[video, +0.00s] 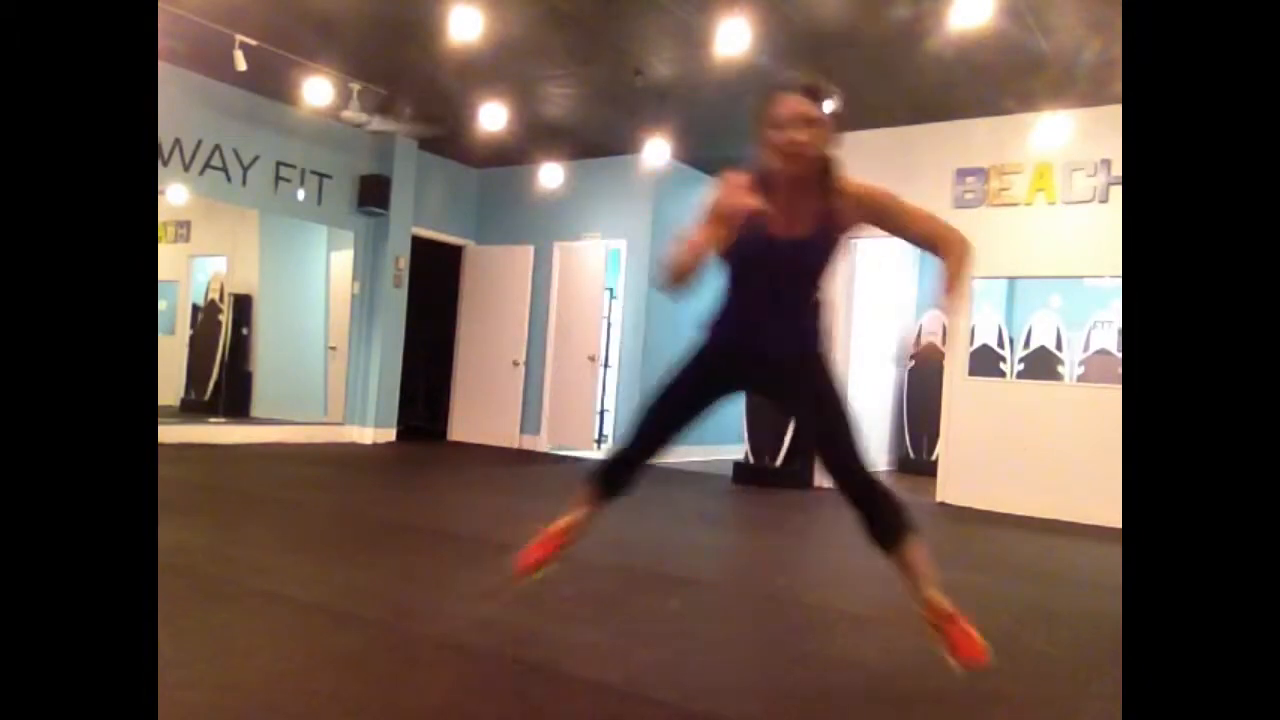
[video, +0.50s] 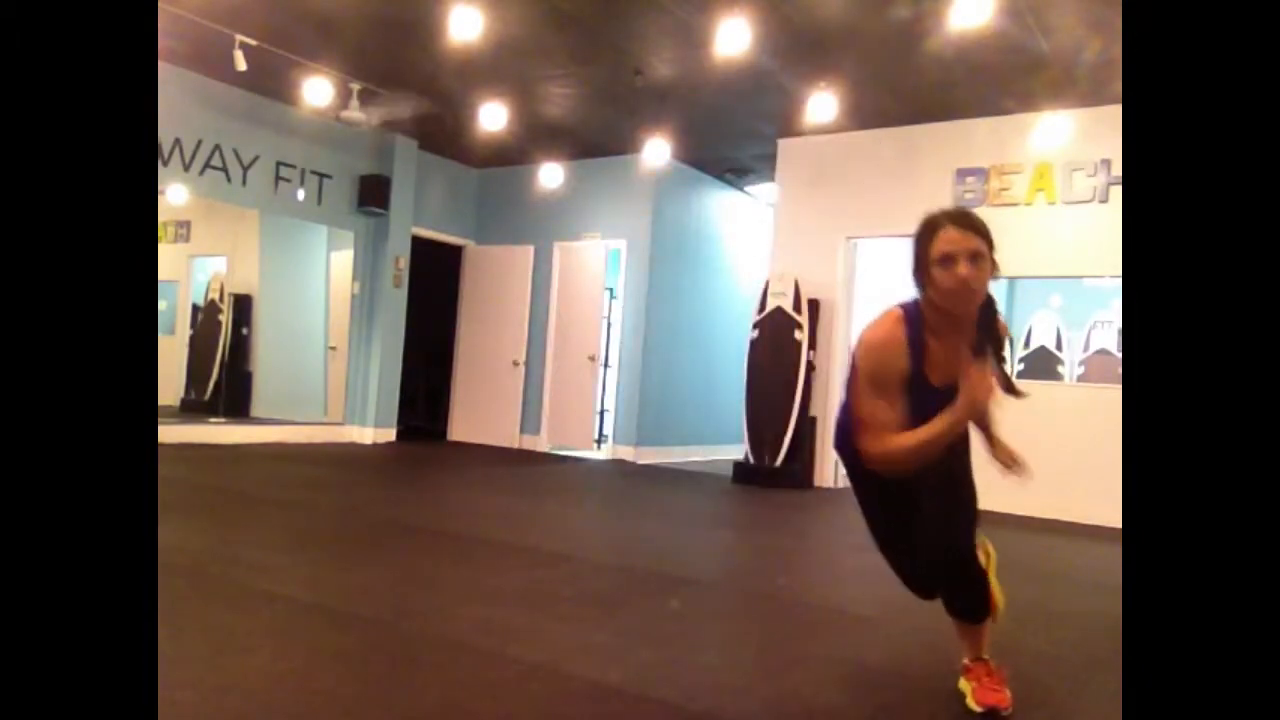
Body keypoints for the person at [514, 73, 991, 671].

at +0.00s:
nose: (795, 137)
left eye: (807, 125)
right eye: (782, 125)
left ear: (827, 137)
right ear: (762, 135)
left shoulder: (847, 201)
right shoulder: (738, 195)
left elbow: (953, 245)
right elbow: (673, 278)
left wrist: (944, 318)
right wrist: (712, 225)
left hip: (797, 362)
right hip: (727, 353)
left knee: (853, 477)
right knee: (641, 443)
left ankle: (934, 602)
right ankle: (569, 526)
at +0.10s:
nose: (865, 179)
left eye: (873, 166)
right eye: (851, 169)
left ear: (889, 174)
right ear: (827, 181)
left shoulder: (913, 241)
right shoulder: (802, 245)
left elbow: (980, 299)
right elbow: (763, 335)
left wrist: (1002, 388)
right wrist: (808, 281)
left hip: (860, 392)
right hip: (789, 383)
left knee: (912, 518)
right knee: (746, 450)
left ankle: (972, 653)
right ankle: (695, 494)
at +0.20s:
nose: (912, 227)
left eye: (924, 214)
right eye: (896, 217)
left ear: (942, 223)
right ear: (876, 230)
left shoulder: (963, 290)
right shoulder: (850, 297)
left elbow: (987, 347)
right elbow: (843, 396)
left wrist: (1005, 409)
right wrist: (892, 332)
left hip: (916, 423)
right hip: (844, 422)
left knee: (957, 541)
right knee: (805, 545)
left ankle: (977, 661)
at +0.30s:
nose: (952, 265)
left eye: (964, 252)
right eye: (936, 254)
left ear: (980, 262)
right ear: (912, 269)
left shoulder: (989, 321)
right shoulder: (881, 338)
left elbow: (980, 367)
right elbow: (904, 446)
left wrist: (976, 404)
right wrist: (943, 374)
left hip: (939, 429)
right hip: (870, 441)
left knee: (975, 549)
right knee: (886, 579)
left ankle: (978, 663)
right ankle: (897, 530)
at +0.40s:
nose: (970, 281)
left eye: (981, 267)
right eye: (953, 271)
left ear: (997, 278)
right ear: (927, 284)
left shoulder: (996, 335)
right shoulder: (892, 353)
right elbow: (926, 471)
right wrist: (963, 393)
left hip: (948, 435)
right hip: (878, 449)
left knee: (975, 548)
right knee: (927, 585)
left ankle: (978, 664)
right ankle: (938, 532)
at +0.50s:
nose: (964, 274)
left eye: (976, 259)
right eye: (948, 262)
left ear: (990, 270)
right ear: (923, 274)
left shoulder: (985, 328)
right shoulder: (885, 341)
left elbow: (976, 386)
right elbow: (876, 451)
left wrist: (992, 438)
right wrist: (962, 412)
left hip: (944, 442)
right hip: (878, 457)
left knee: (957, 559)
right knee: (923, 581)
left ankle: (976, 665)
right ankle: (977, 569)